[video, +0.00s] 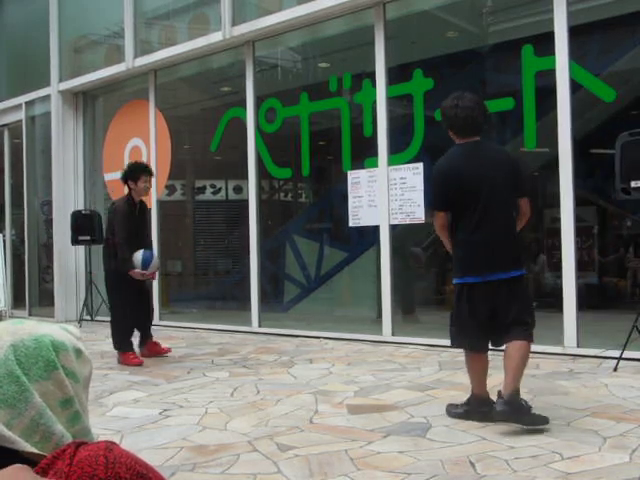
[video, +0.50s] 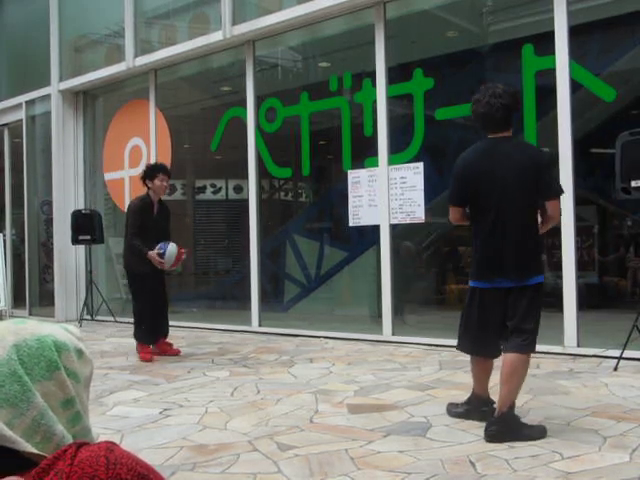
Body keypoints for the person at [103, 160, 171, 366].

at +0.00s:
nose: (148, 185)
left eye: (149, 181)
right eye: (144, 181)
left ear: (150, 183)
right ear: (131, 184)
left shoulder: (143, 208)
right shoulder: (119, 208)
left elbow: (146, 239)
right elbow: (119, 241)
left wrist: (150, 265)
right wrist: (129, 267)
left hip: (138, 264)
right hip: (118, 266)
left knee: (144, 303)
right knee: (122, 307)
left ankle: (146, 341)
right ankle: (124, 350)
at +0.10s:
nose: (154, 187)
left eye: (155, 183)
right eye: (149, 183)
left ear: (154, 184)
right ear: (137, 185)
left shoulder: (146, 208)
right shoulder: (125, 208)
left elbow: (148, 238)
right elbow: (127, 242)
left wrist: (155, 263)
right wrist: (139, 268)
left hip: (137, 265)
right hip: (120, 267)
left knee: (145, 304)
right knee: (124, 309)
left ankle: (157, 341)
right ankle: (125, 351)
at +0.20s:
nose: (159, 188)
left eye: (160, 184)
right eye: (155, 184)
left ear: (160, 185)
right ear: (142, 185)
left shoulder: (151, 210)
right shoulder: (130, 209)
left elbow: (152, 241)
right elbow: (131, 242)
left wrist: (160, 264)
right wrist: (145, 267)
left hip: (142, 266)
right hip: (124, 267)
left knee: (149, 304)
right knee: (126, 309)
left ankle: (157, 342)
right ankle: (125, 351)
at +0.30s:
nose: (163, 189)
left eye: (165, 185)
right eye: (159, 185)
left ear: (165, 186)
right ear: (146, 186)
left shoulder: (158, 210)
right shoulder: (133, 208)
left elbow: (159, 241)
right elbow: (133, 242)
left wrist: (166, 263)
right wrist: (149, 264)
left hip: (147, 266)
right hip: (129, 267)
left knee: (154, 304)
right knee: (128, 308)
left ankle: (159, 342)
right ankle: (127, 350)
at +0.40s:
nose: (165, 189)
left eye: (167, 185)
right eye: (161, 184)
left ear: (167, 187)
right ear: (148, 185)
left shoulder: (162, 210)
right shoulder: (136, 208)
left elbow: (163, 240)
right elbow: (132, 241)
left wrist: (170, 263)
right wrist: (149, 260)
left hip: (153, 263)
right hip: (134, 264)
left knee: (158, 302)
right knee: (134, 304)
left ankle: (159, 342)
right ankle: (135, 347)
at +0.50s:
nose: (165, 185)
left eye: (167, 182)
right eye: (161, 181)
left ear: (168, 184)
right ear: (148, 182)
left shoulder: (163, 208)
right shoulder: (137, 206)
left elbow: (164, 238)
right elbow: (132, 238)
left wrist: (175, 253)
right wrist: (148, 253)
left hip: (156, 260)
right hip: (137, 261)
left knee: (160, 300)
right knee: (143, 301)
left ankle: (160, 340)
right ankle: (143, 343)